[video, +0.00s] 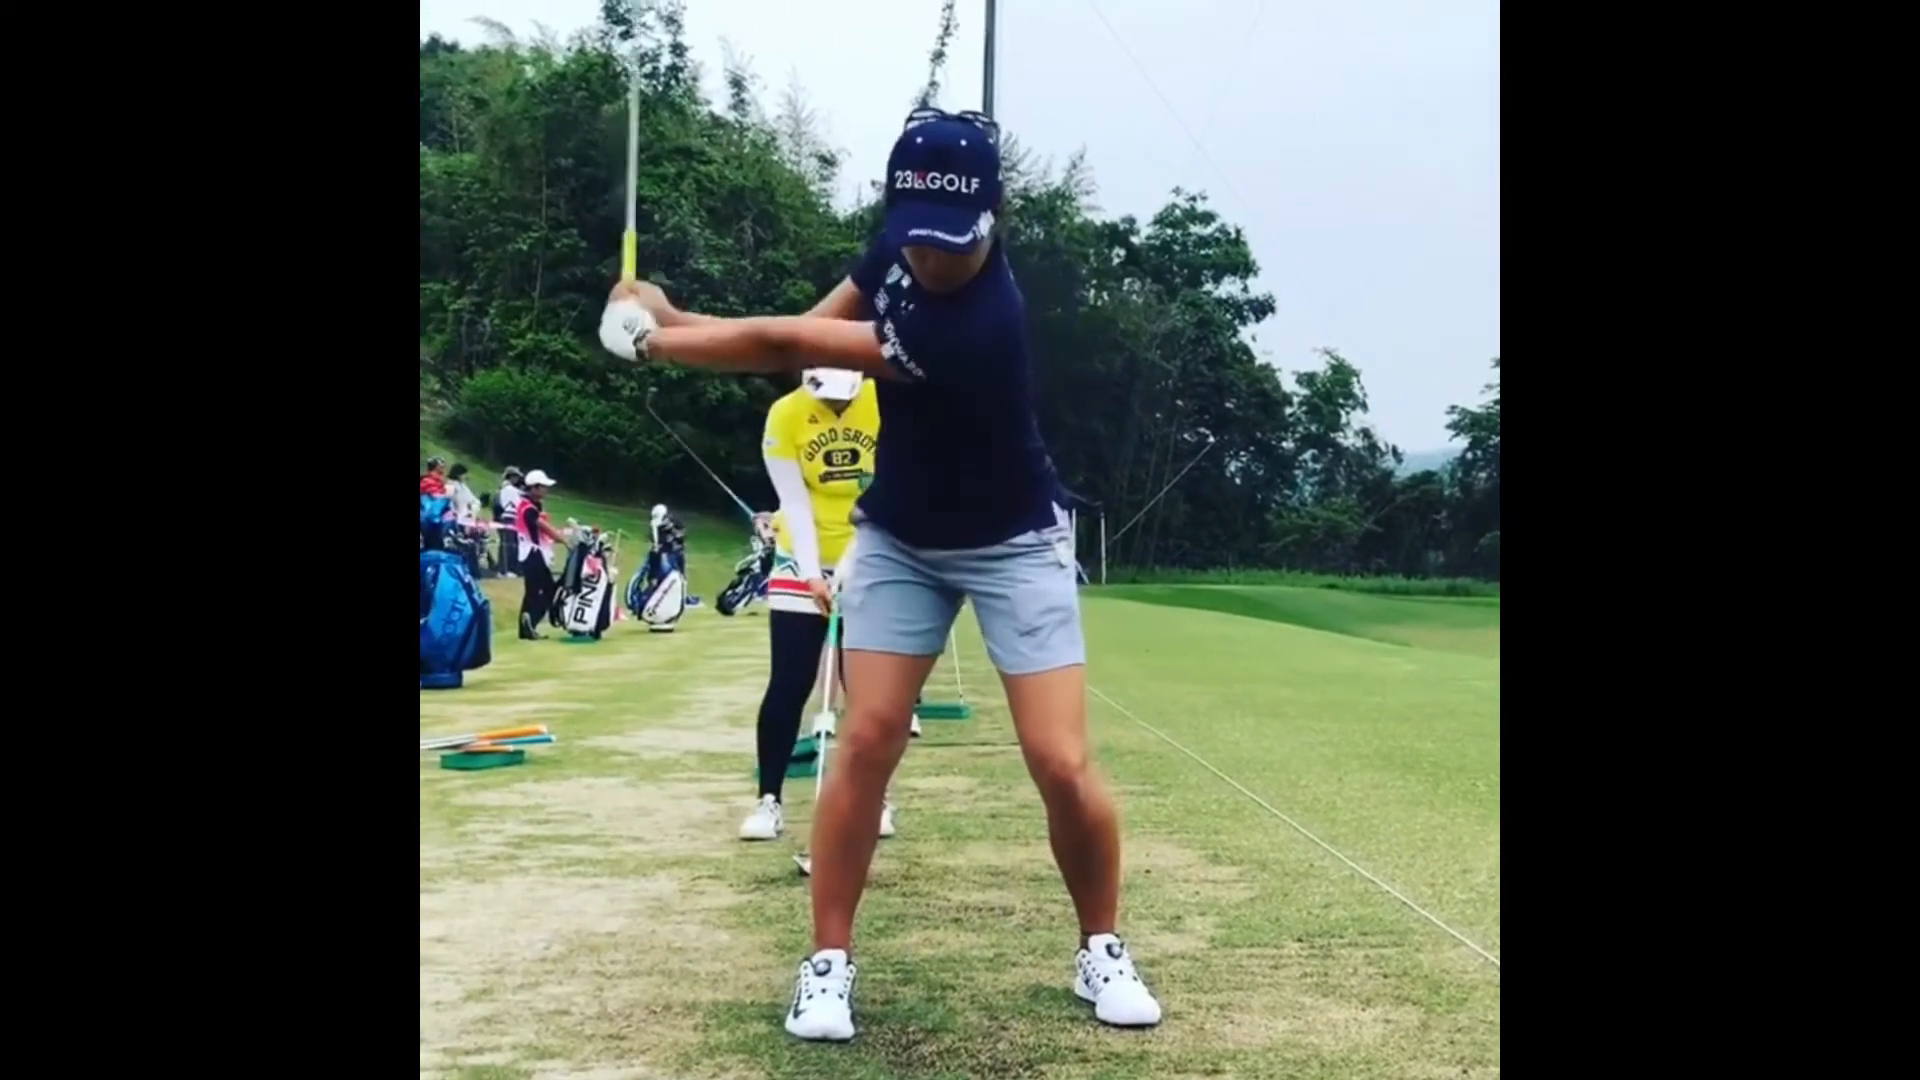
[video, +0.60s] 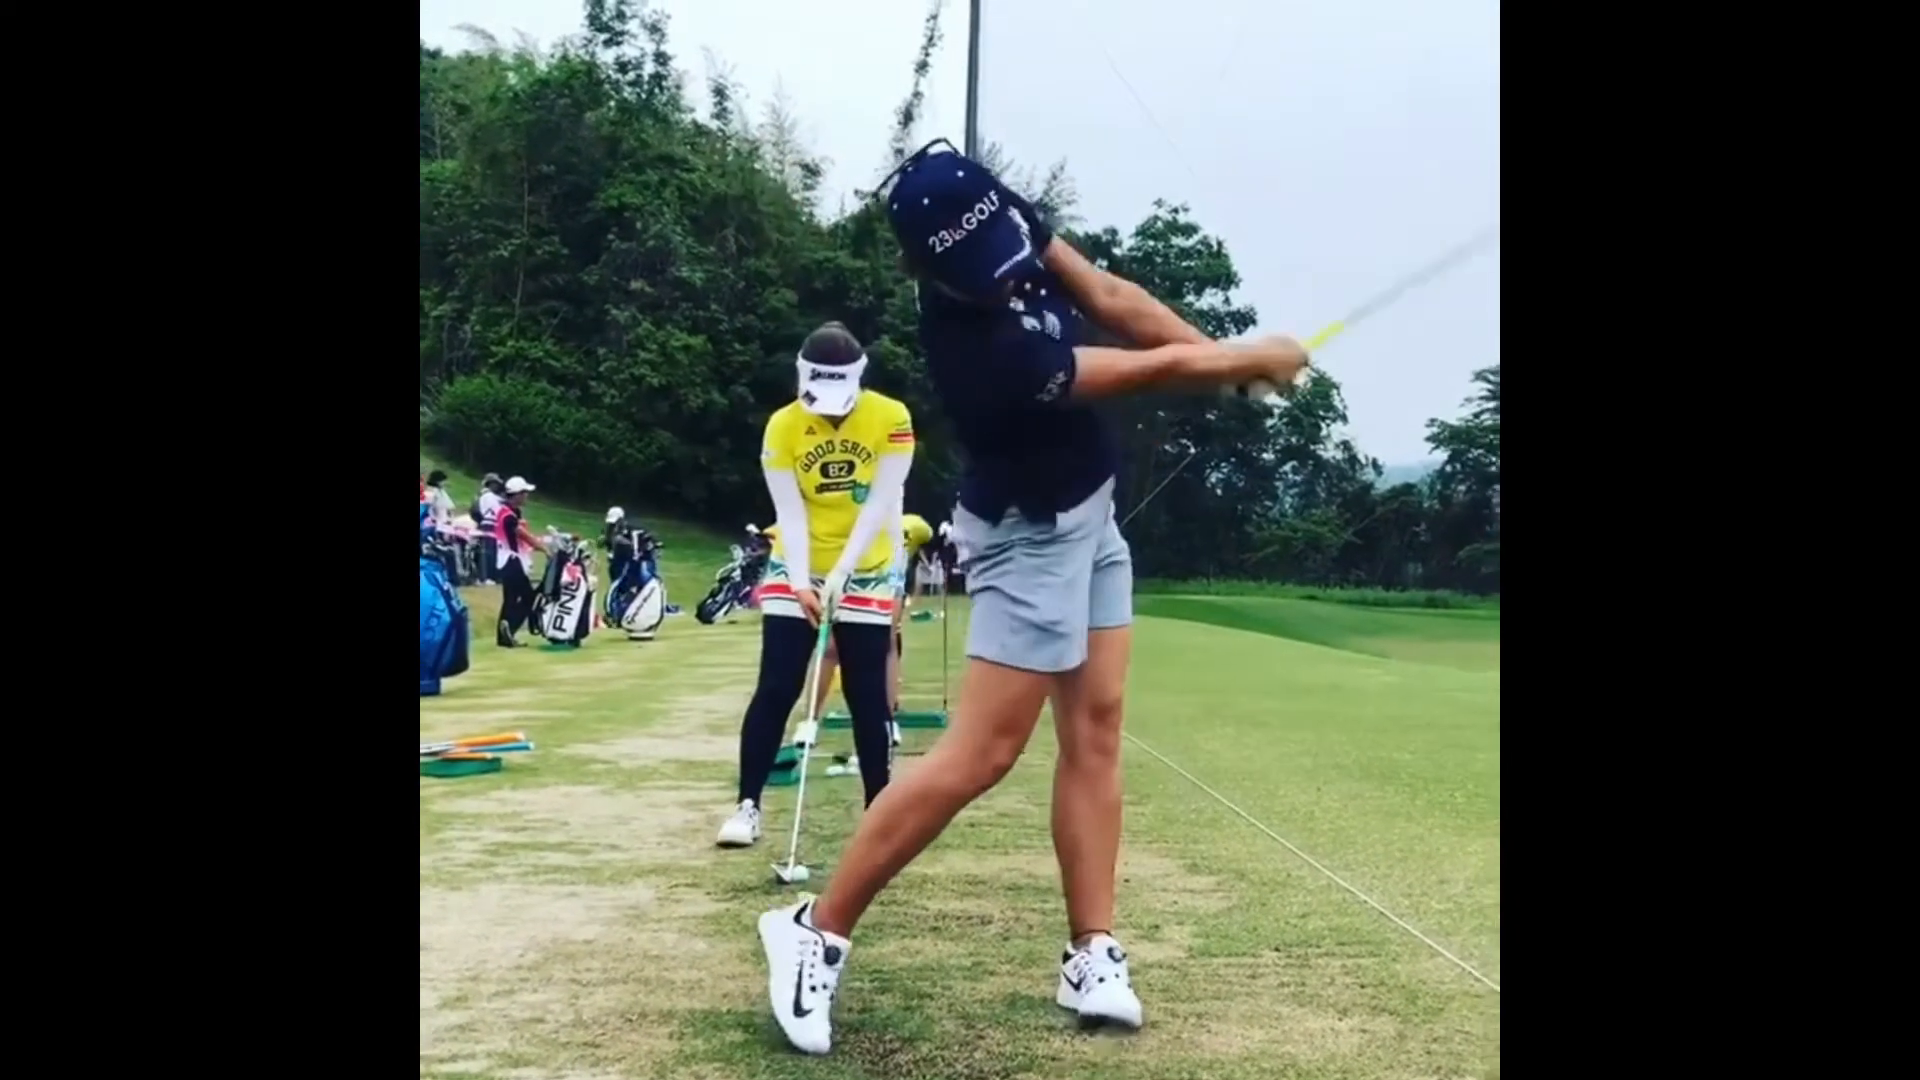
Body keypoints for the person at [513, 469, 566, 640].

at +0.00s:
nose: (545, 491)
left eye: (546, 488)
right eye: (542, 488)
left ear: (535, 490)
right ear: (533, 489)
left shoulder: (529, 506)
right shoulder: (529, 510)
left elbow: (544, 528)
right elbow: (547, 530)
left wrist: (561, 535)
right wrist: (564, 540)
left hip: (532, 551)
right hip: (533, 553)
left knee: (532, 590)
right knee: (549, 587)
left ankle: (526, 627)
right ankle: (531, 619)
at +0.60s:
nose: (526, 497)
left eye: (526, 493)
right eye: (523, 494)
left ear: (512, 495)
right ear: (515, 495)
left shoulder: (507, 512)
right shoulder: (509, 516)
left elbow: (523, 534)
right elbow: (525, 537)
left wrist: (540, 542)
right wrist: (544, 548)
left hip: (508, 557)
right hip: (511, 559)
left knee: (510, 597)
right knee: (528, 594)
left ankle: (504, 635)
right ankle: (510, 626)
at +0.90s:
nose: (511, 499)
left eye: (510, 495)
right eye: (508, 495)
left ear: (496, 496)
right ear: (501, 497)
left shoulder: (488, 513)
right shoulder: (494, 518)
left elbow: (507, 536)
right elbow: (511, 539)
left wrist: (526, 544)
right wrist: (529, 550)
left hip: (490, 558)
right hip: (496, 561)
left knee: (494, 599)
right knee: (512, 597)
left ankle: (487, 636)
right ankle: (494, 629)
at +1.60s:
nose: (495, 507)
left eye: (495, 503)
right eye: (493, 503)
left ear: (480, 504)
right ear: (486, 505)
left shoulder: (475, 522)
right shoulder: (479, 526)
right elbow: (496, 547)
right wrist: (515, 560)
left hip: (476, 567)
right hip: (480, 569)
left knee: (479, 606)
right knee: (498, 603)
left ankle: (472, 644)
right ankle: (478, 637)